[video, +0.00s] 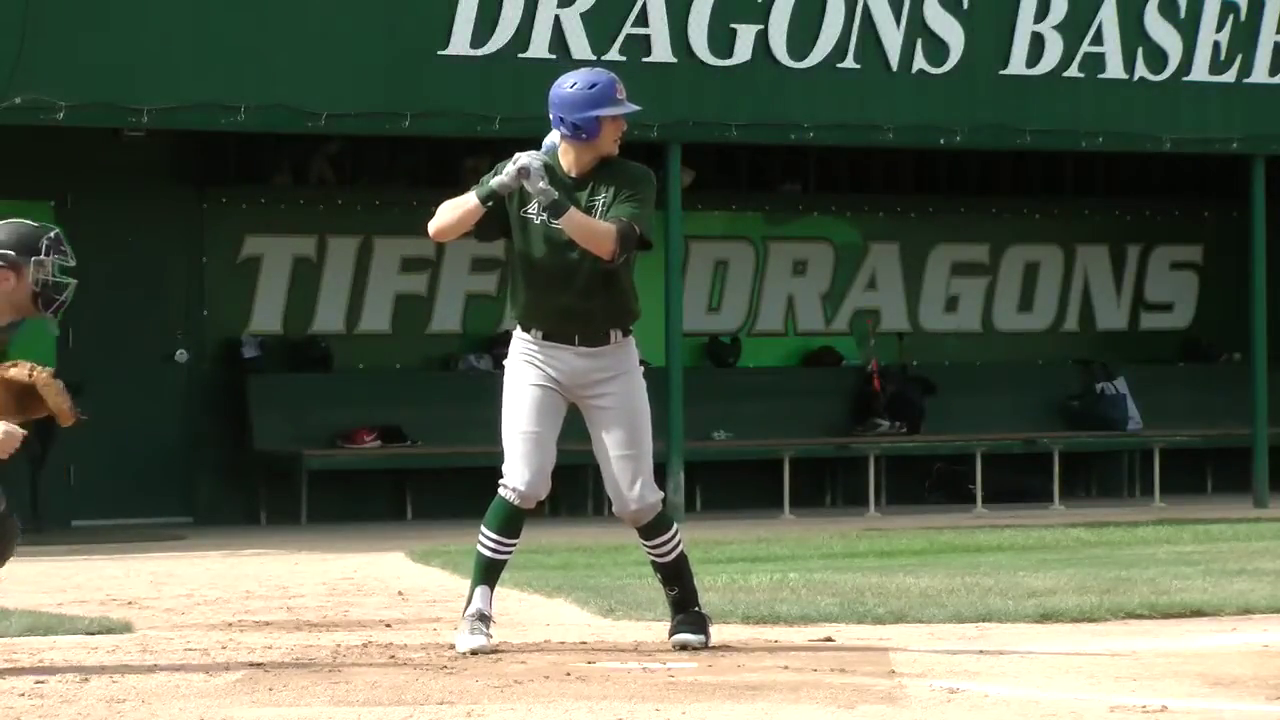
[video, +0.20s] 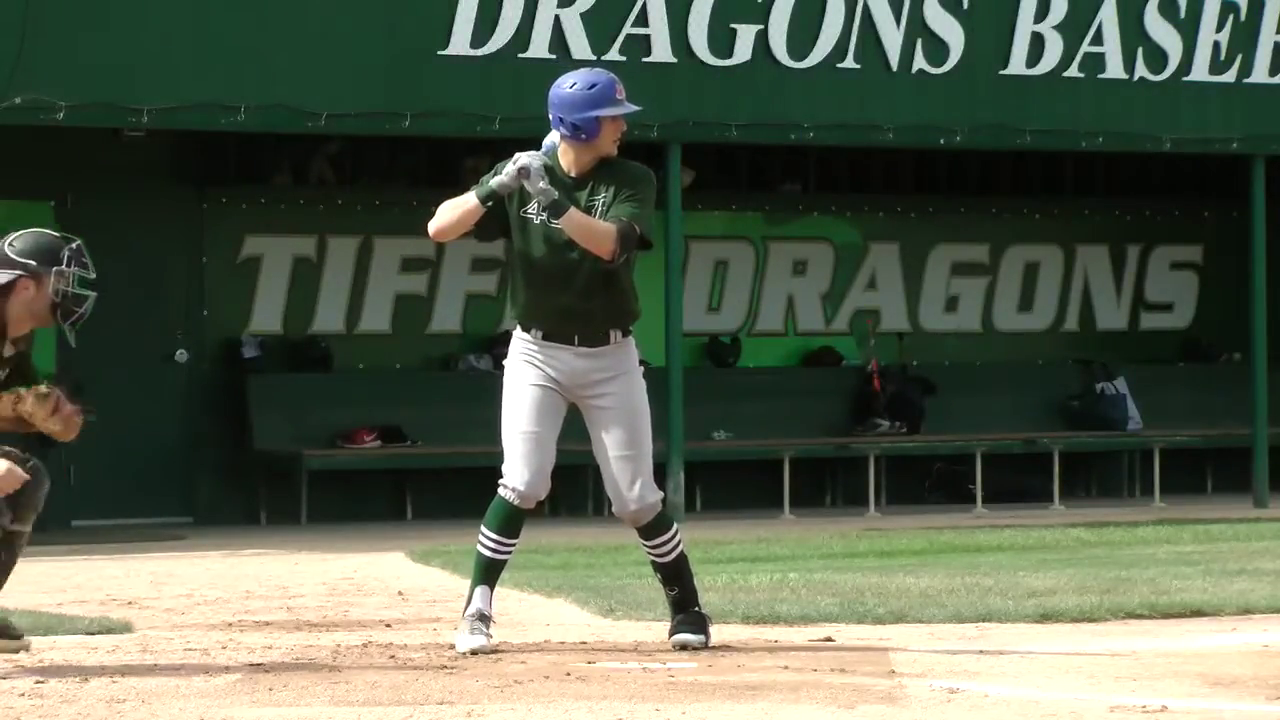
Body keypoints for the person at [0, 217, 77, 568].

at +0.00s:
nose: (48, 284)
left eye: (49, 273)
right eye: (40, 274)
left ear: (9, 278)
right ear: (7, 277)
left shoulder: (41, 328)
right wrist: (2, 428)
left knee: (9, 531)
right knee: (7, 530)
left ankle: (30, 514)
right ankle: (24, 514)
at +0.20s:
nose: (64, 301)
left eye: (66, 290)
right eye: (58, 288)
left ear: (27, 288)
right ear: (25, 285)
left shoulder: (17, 346)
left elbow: (21, 405)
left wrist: (55, 424)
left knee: (30, 475)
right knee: (23, 476)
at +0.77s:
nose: (96, 356)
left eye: (97, 346)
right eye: (89, 346)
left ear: (56, 352)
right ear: (54, 350)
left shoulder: (53, 401)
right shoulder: (5, 388)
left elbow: (92, 457)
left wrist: (132, 447)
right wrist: (39, 483)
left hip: (6, 506)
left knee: (63, 516)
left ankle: (7, 635)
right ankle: (6, 633)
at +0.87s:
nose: (98, 363)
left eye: (98, 353)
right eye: (90, 352)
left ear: (58, 357)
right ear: (55, 355)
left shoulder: (55, 408)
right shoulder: (4, 393)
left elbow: (97, 461)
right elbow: (5, 478)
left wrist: (140, 451)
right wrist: (52, 484)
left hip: (6, 511)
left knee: (64, 515)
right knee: (57, 517)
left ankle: (7, 636)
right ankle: (7, 634)